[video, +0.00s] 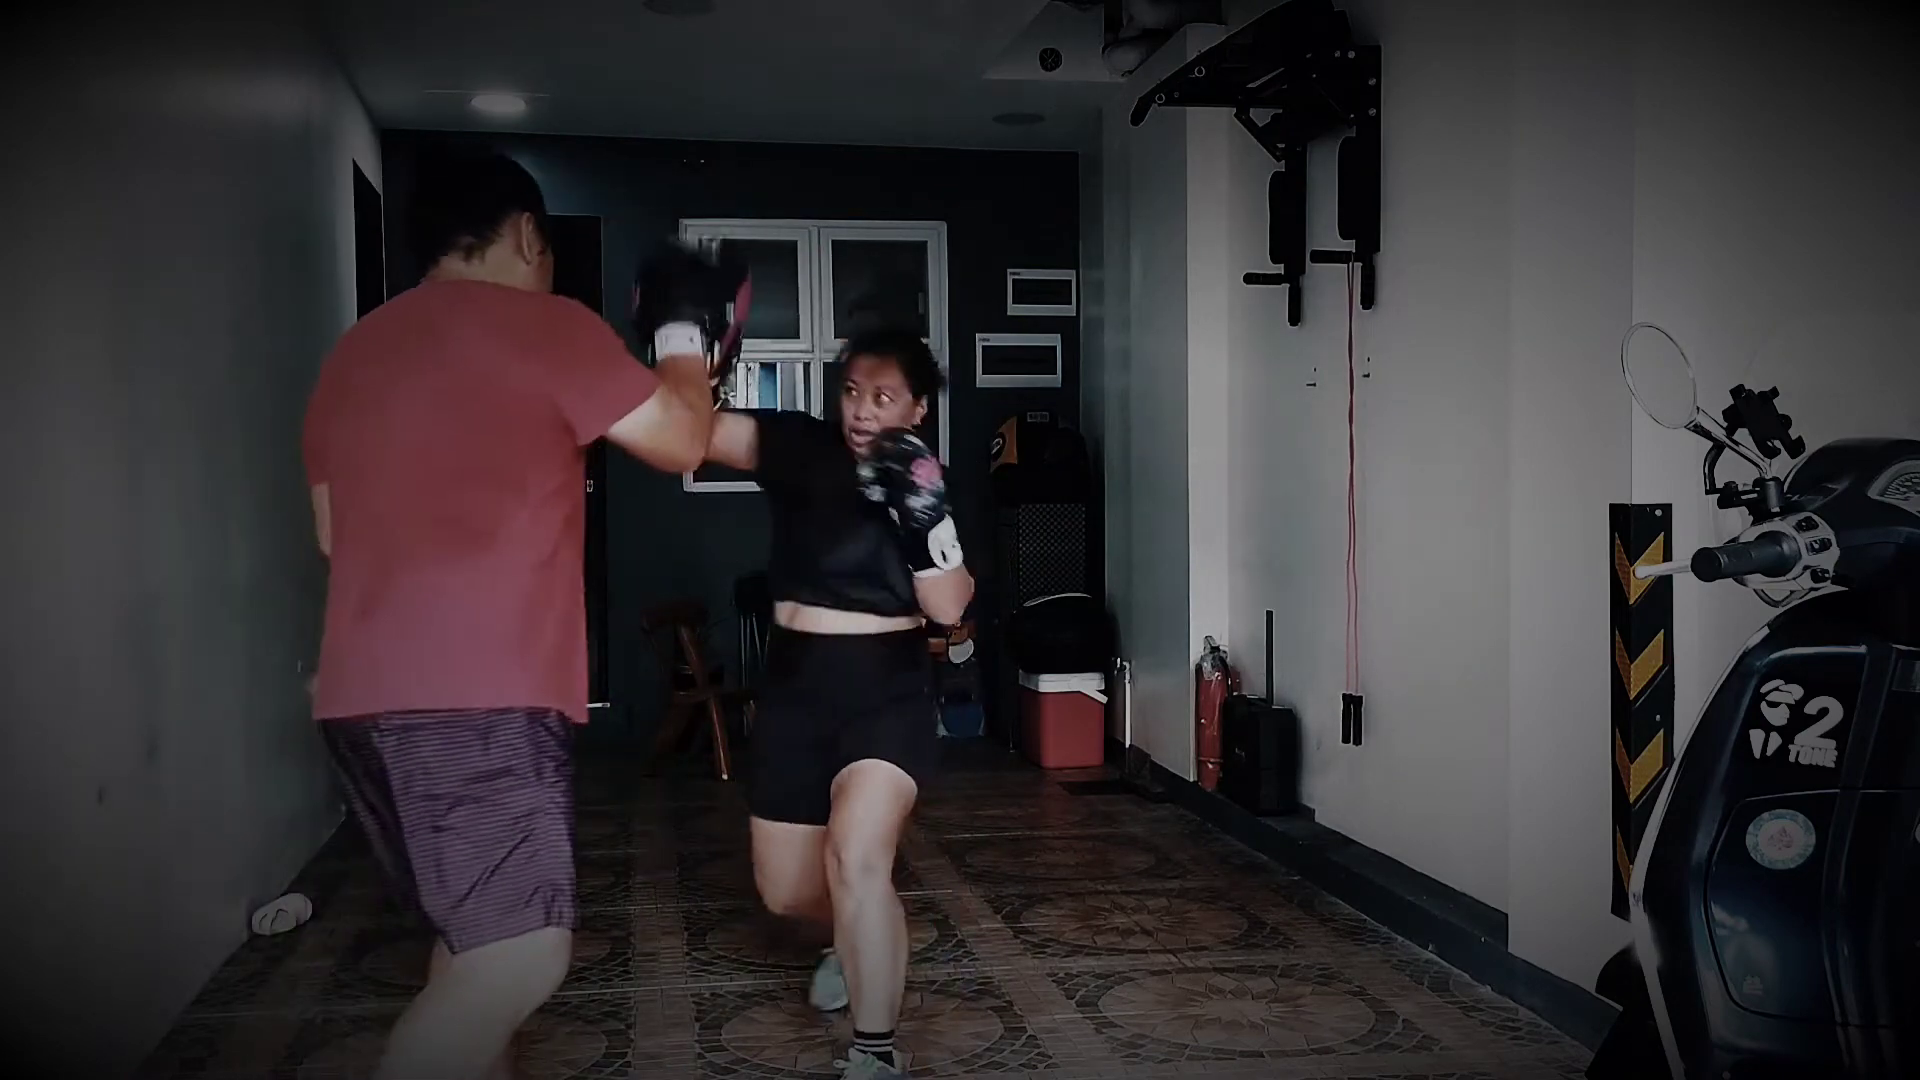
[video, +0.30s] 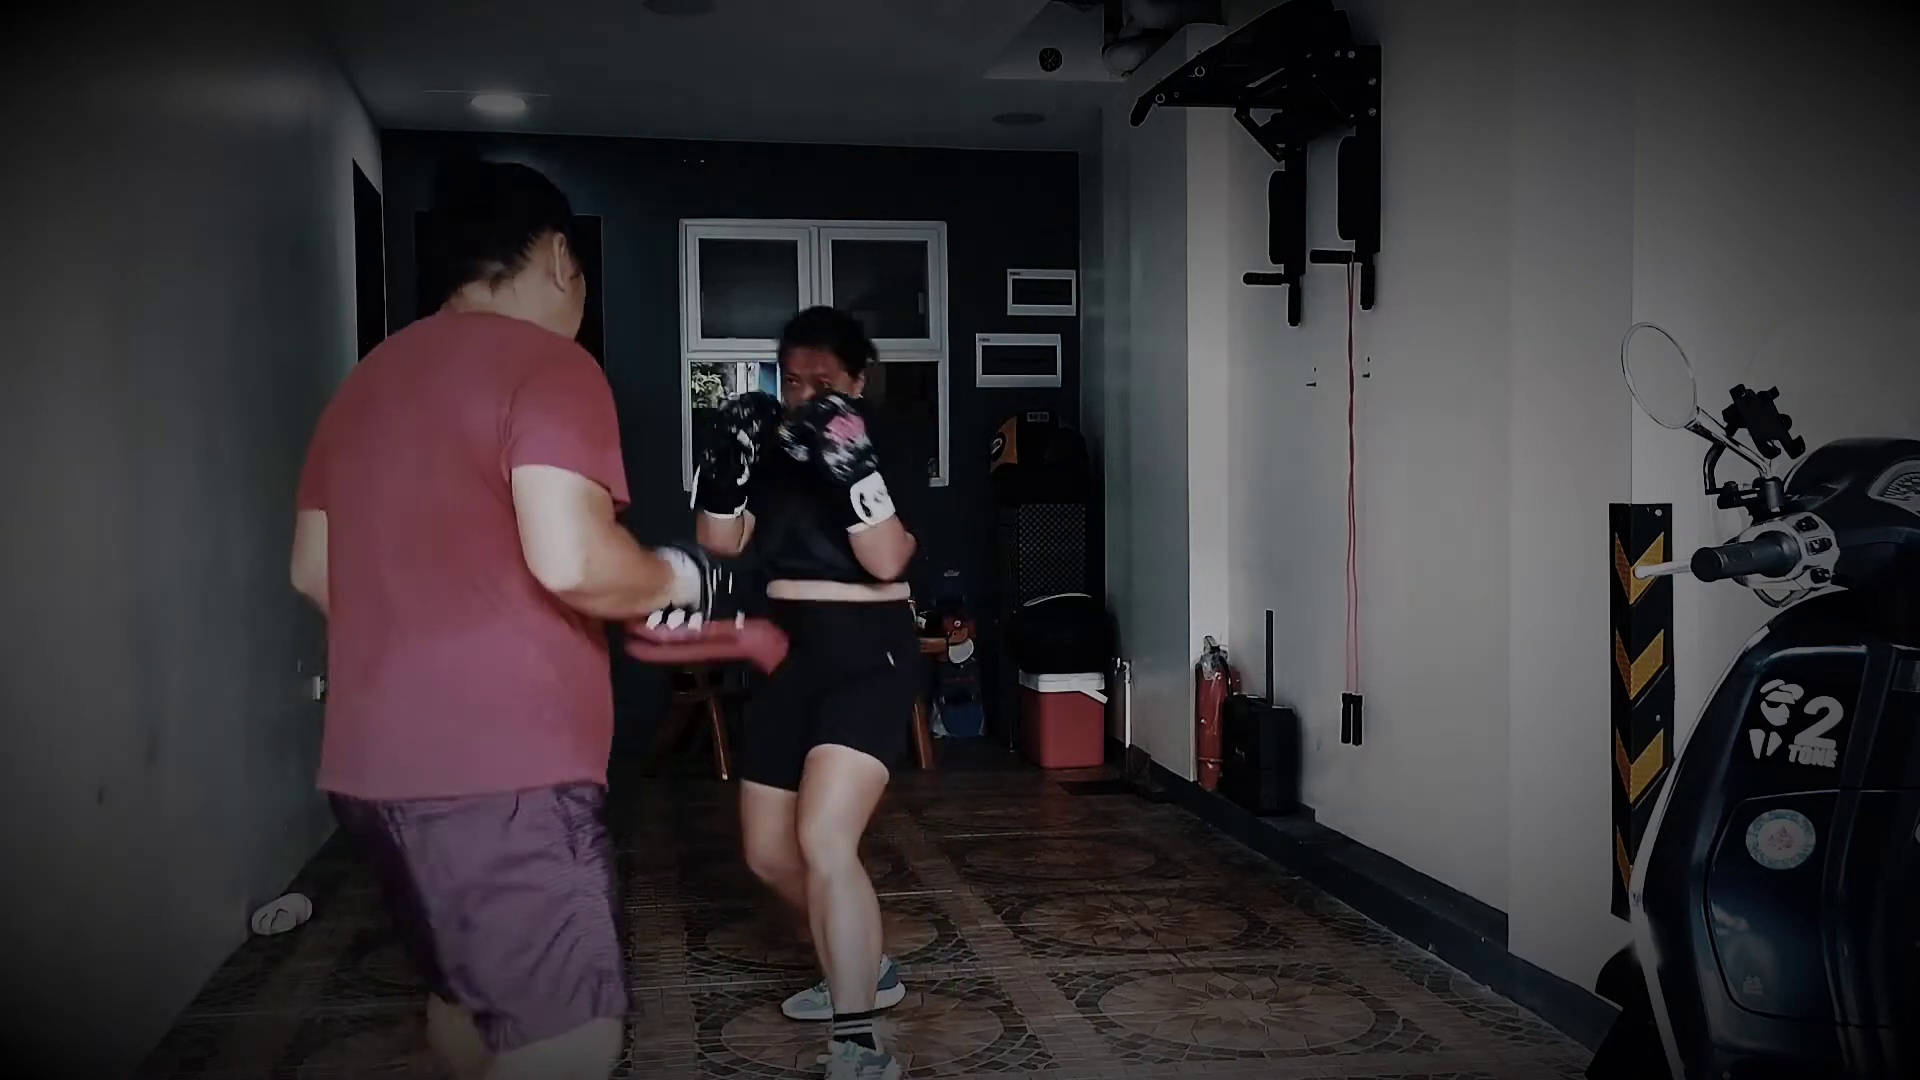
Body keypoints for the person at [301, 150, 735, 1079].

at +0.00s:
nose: (546, 265)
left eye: (541, 248)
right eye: (541, 246)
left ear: (428, 244)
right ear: (515, 234)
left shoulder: (350, 353)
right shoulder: (547, 328)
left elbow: (332, 534)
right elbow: (684, 441)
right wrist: (686, 341)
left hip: (357, 691)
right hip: (481, 686)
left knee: (467, 935)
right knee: (519, 952)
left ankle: (477, 1066)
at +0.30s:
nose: (582, 298)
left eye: (579, 274)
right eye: (578, 272)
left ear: (460, 264)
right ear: (551, 256)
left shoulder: (365, 380)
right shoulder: (545, 364)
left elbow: (315, 570)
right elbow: (571, 561)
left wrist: (449, 613)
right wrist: (674, 578)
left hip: (374, 771)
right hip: (501, 775)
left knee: (462, 996)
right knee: (566, 1036)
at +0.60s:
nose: (576, 226)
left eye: (573, 204)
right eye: (571, 202)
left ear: (451, 191)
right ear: (542, 186)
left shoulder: (334, 315)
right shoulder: (553, 288)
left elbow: (285, 511)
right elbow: (605, 495)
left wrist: (454, 511)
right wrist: (680, 503)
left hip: (339, 722)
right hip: (490, 723)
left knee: (413, 976)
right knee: (520, 1012)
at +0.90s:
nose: (538, 257)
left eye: (538, 237)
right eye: (537, 233)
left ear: (418, 214)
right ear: (512, 214)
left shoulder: (304, 326)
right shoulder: (514, 309)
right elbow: (642, 477)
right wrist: (658, 392)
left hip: (311, 734)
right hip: (457, 740)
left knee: (376, 997)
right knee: (488, 1008)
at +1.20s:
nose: (523, 281)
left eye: (525, 264)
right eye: (524, 259)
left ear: (405, 229)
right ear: (500, 234)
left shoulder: (302, 320)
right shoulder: (484, 314)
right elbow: (625, 451)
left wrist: (528, 326)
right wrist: (625, 335)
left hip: (276, 715)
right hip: (410, 717)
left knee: (371, 986)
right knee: (476, 982)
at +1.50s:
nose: (497, 281)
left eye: (500, 262)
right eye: (499, 258)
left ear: (384, 229)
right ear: (475, 238)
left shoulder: (286, 330)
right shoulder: (449, 326)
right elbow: (603, 460)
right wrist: (610, 341)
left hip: (286, 734)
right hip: (396, 744)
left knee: (392, 1002)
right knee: (426, 1018)